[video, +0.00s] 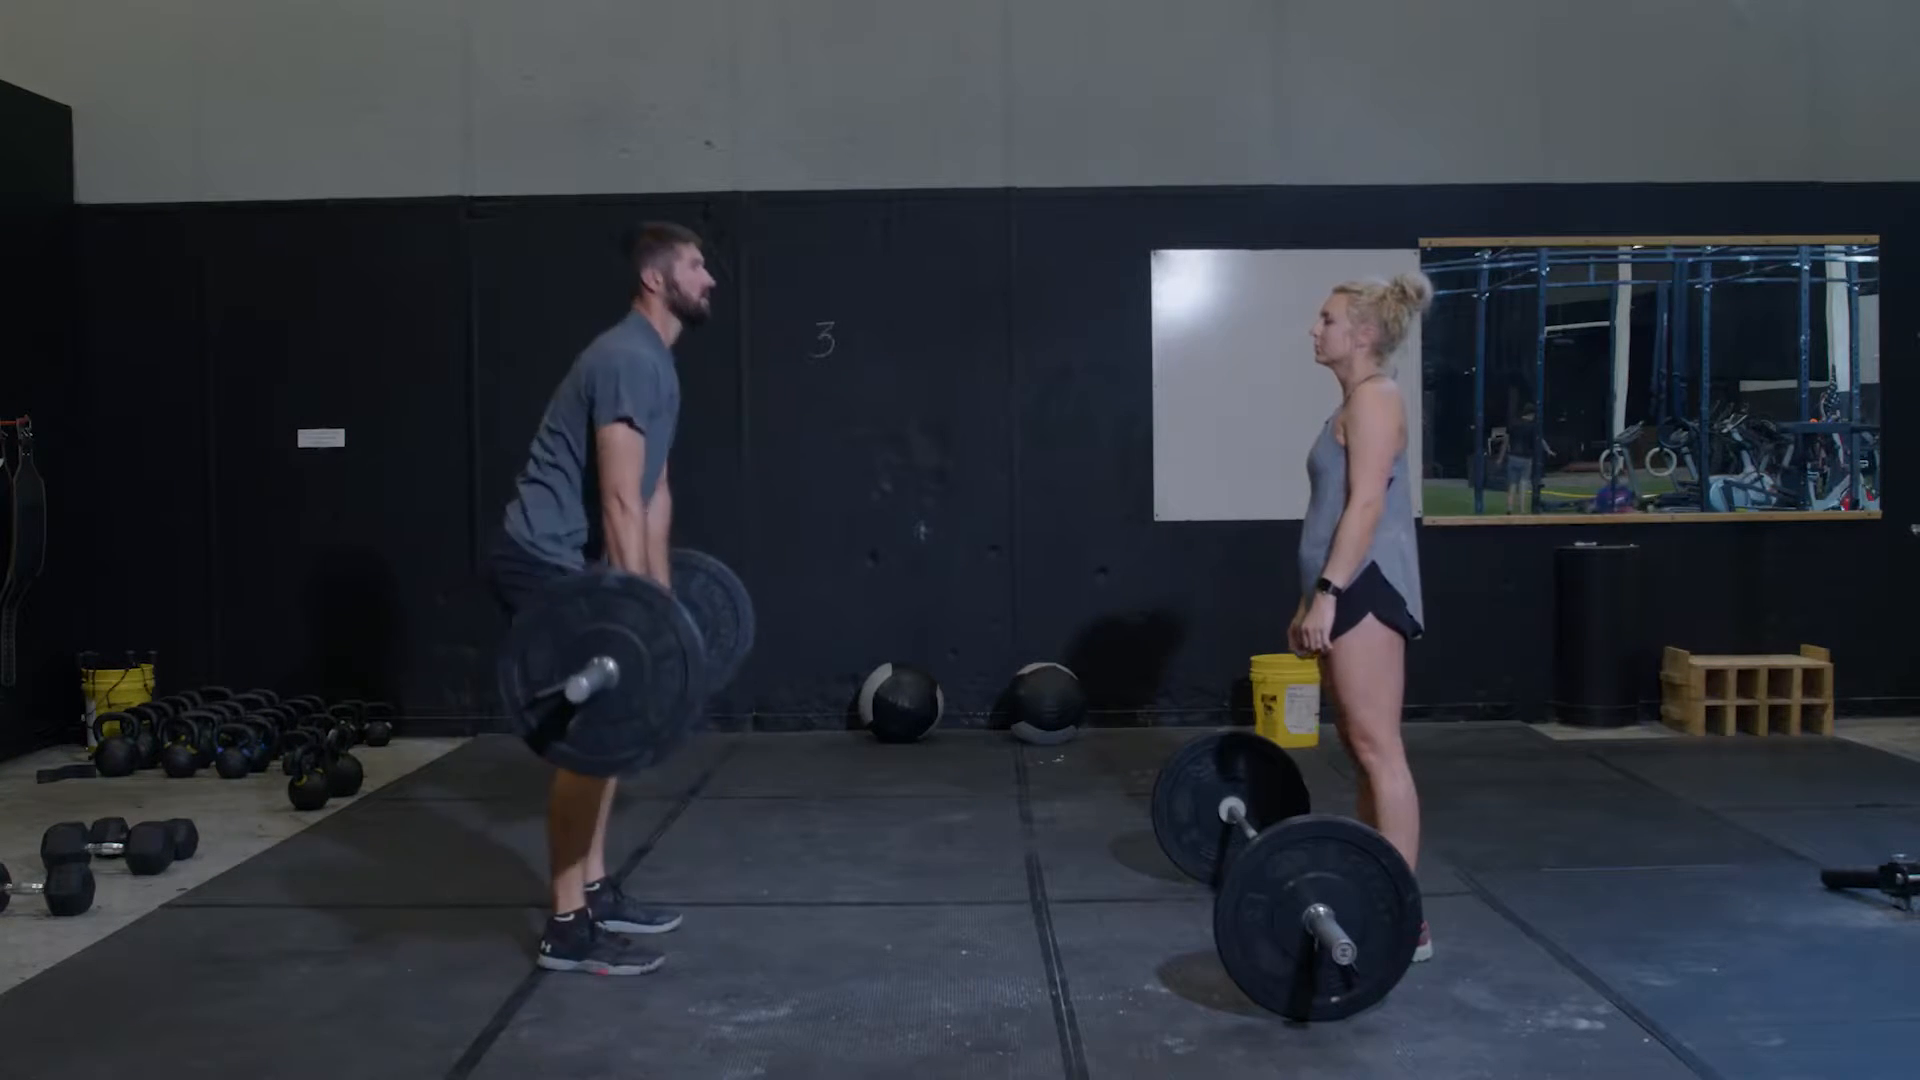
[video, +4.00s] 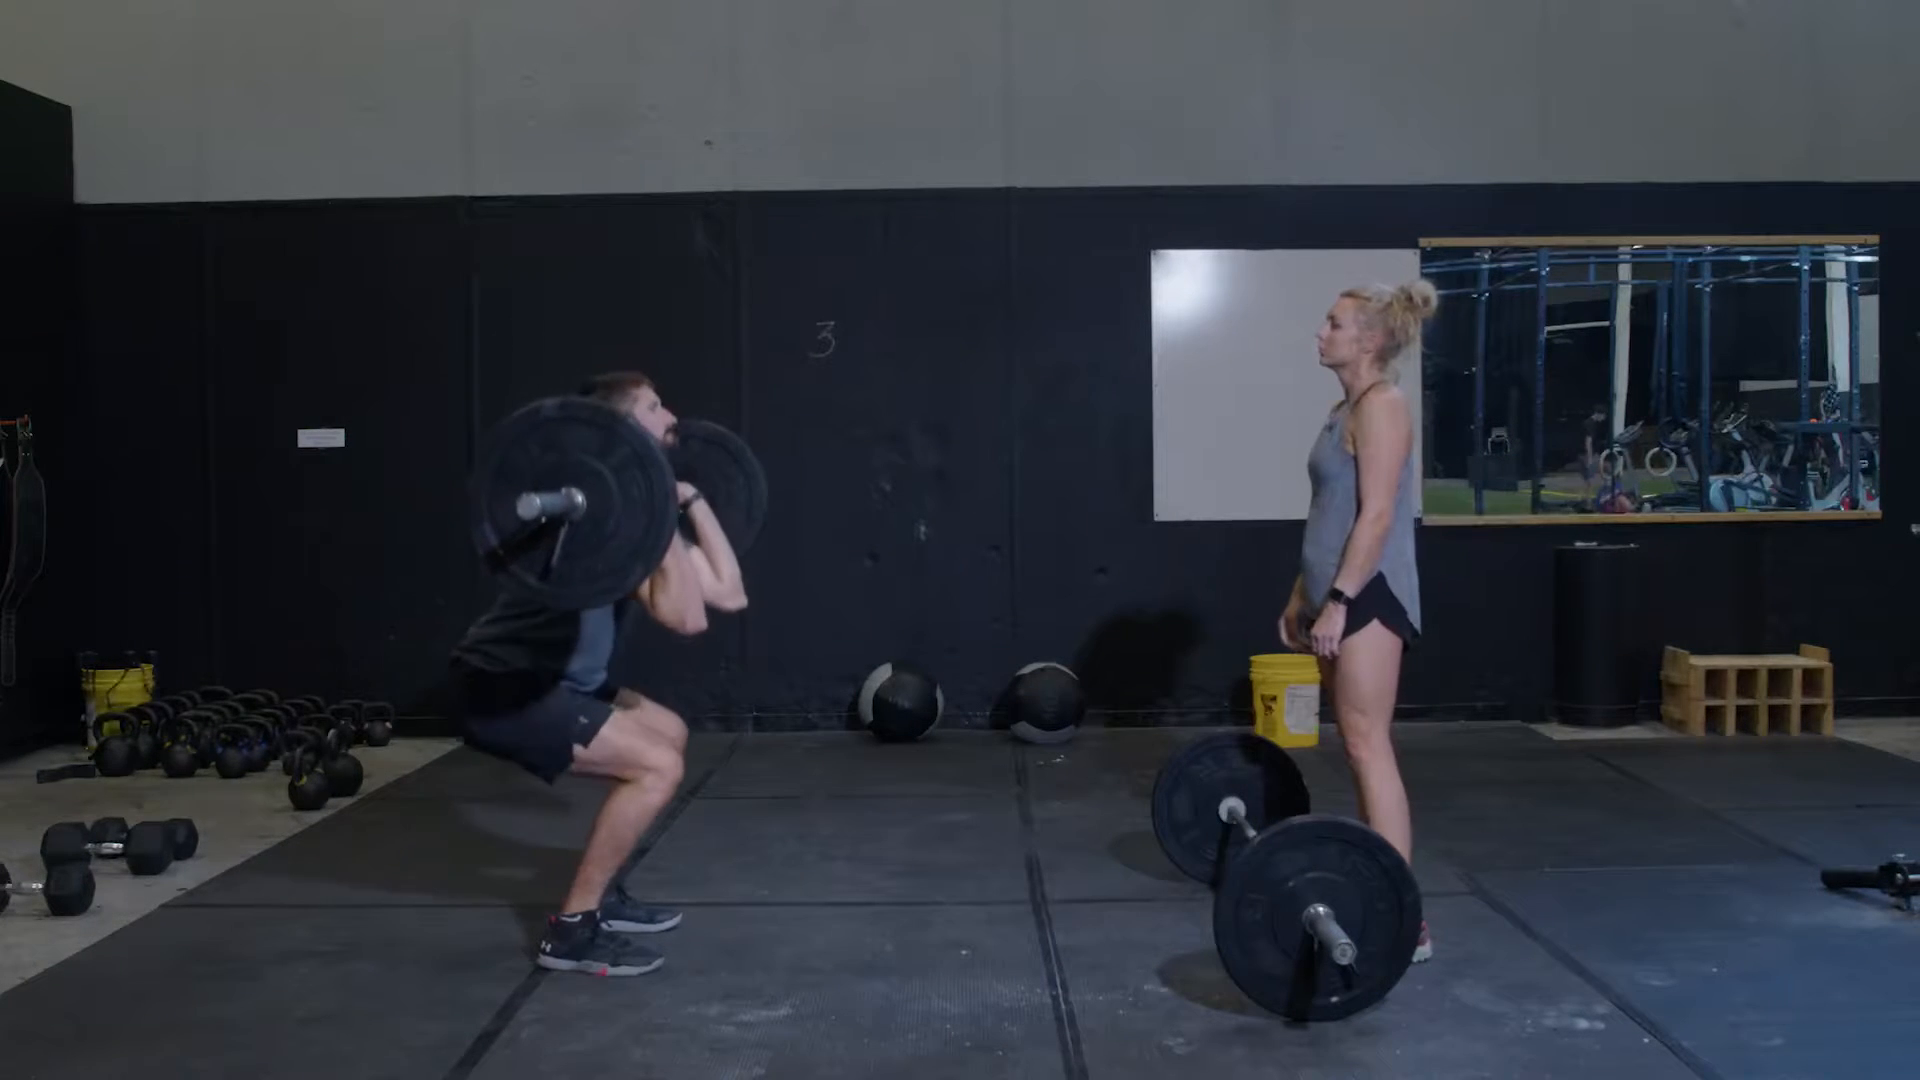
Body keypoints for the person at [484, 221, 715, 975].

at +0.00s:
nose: (710, 281)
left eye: (707, 268)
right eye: (697, 268)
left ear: (661, 281)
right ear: (655, 279)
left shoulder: (657, 363)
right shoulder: (626, 359)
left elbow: (655, 492)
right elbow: (618, 498)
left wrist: (662, 607)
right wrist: (637, 616)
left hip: (574, 556)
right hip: (540, 557)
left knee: (613, 709)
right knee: (588, 717)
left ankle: (590, 891)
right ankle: (566, 923)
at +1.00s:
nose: (658, 253)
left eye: (653, 240)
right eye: (643, 242)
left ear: (612, 258)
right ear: (602, 259)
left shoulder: (626, 342)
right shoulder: (587, 337)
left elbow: (650, 461)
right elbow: (600, 464)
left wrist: (676, 565)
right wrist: (640, 571)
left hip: (600, 546)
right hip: (560, 551)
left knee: (640, 713)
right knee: (613, 721)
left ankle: (600, 885)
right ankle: (571, 916)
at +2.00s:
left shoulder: (642, 389)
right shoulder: (608, 384)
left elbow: (717, 455)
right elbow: (668, 472)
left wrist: (682, 357)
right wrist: (649, 369)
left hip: (613, 583)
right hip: (579, 584)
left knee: (675, 735)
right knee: (662, 753)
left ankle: (599, 892)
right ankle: (574, 924)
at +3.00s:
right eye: (596, 230)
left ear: (569, 255)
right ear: (581, 252)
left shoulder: (615, 322)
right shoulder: (568, 320)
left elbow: (708, 321)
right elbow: (646, 315)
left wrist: (680, 236)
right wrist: (632, 234)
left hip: (631, 543)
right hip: (596, 545)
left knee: (608, 722)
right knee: (579, 729)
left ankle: (593, 892)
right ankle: (564, 921)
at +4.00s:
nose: (670, 418)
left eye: (663, 407)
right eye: (654, 409)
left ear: (633, 430)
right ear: (619, 428)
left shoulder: (638, 503)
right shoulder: (604, 503)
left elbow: (730, 593)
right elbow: (685, 616)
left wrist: (693, 499)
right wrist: (665, 515)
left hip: (548, 678)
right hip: (507, 692)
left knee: (669, 732)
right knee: (657, 768)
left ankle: (602, 895)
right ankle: (571, 925)